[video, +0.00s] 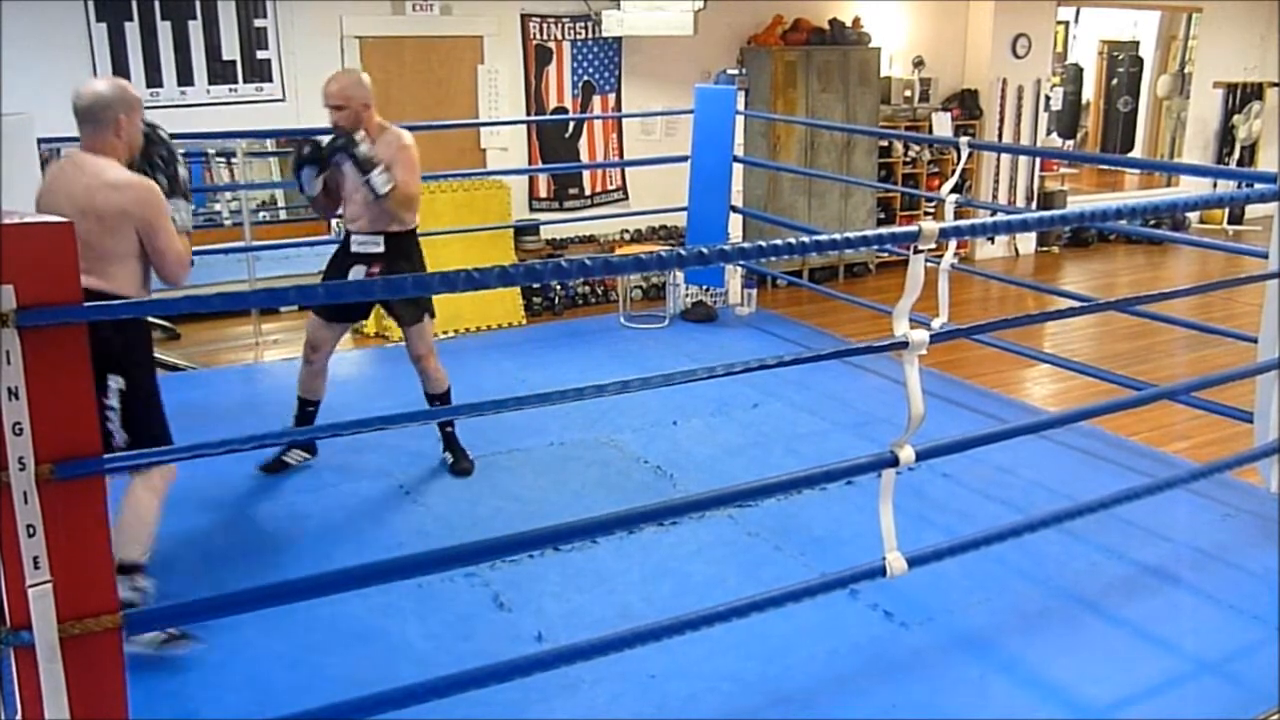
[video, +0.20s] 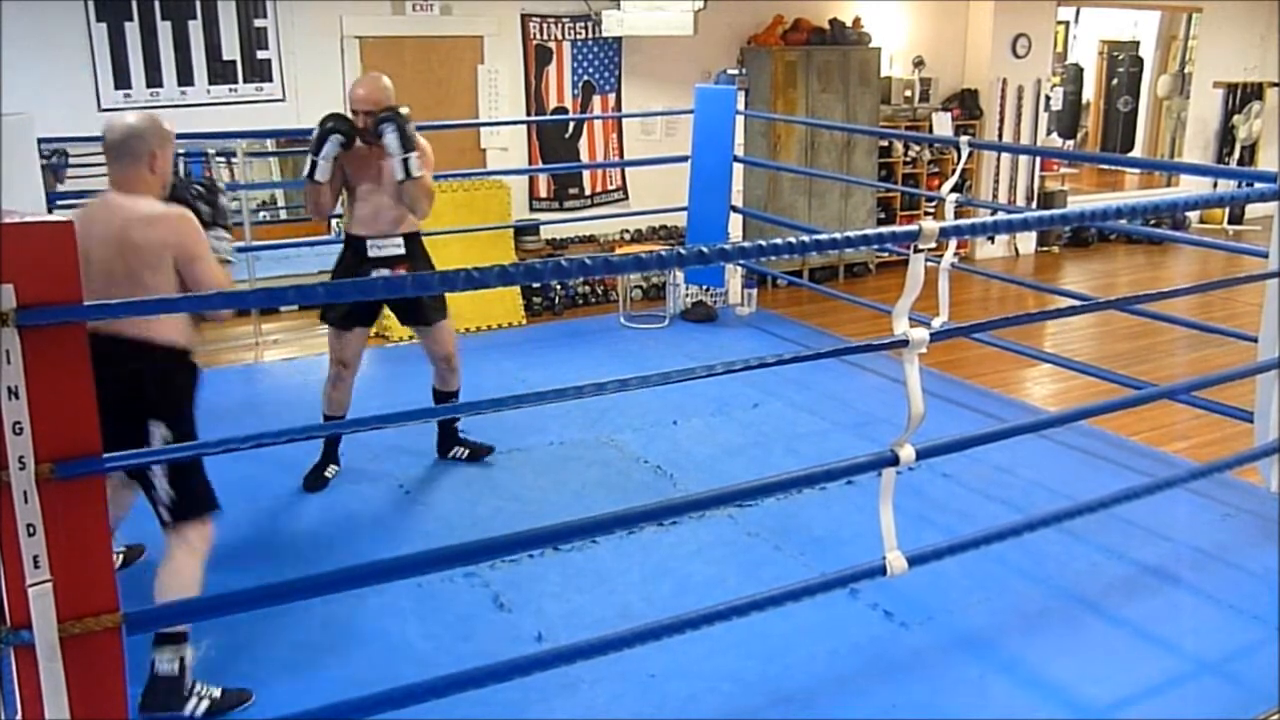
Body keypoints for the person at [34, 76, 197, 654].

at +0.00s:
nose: (142, 129)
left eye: (139, 119)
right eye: (139, 120)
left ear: (85, 123)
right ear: (124, 124)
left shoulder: (53, 177)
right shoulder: (138, 191)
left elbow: (46, 243)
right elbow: (176, 270)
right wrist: (170, 230)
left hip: (55, 324)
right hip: (115, 324)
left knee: (73, 458)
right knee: (154, 459)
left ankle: (64, 574)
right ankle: (127, 571)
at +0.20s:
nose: (175, 166)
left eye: (173, 156)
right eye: (172, 157)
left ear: (111, 161)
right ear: (155, 160)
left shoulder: (80, 221)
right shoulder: (176, 222)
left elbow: (68, 294)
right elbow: (218, 300)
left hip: (96, 367)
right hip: (160, 371)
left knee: (123, 470)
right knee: (191, 525)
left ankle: (96, 550)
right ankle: (169, 679)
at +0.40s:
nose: (221, 159)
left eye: (218, 150)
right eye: (218, 151)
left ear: (163, 155)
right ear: (204, 157)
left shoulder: (136, 207)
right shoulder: (209, 226)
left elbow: (157, 277)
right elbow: (252, 316)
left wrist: (217, 215)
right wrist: (248, 249)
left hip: (134, 365)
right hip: (195, 376)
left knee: (190, 451)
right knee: (216, 526)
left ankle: (184, 537)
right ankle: (170, 676)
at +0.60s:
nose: (279, 183)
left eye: (277, 175)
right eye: (273, 174)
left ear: (223, 179)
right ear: (252, 185)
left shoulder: (204, 215)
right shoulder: (238, 247)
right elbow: (289, 328)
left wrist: (339, 157)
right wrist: (302, 262)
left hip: (192, 374)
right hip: (208, 389)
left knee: (266, 446)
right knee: (286, 510)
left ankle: (262, 526)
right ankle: (214, 645)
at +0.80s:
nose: (327, 216)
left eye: (326, 206)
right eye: (323, 207)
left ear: (277, 208)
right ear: (301, 216)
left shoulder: (253, 240)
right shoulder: (267, 275)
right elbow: (293, 378)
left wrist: (325, 278)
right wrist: (329, 322)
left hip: (233, 398)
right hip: (236, 418)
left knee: (285, 457)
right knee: (314, 537)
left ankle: (257, 526)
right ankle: (296, 686)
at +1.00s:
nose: (347, 175)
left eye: (347, 165)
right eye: (346, 166)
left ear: (284, 164)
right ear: (332, 174)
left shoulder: (255, 217)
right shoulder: (303, 244)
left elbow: (268, 299)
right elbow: (355, 344)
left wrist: (344, 253)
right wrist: (375, 272)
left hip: (239, 383)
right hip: (282, 408)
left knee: (285, 470)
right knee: (353, 552)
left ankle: (278, 543)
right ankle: (303, 690)